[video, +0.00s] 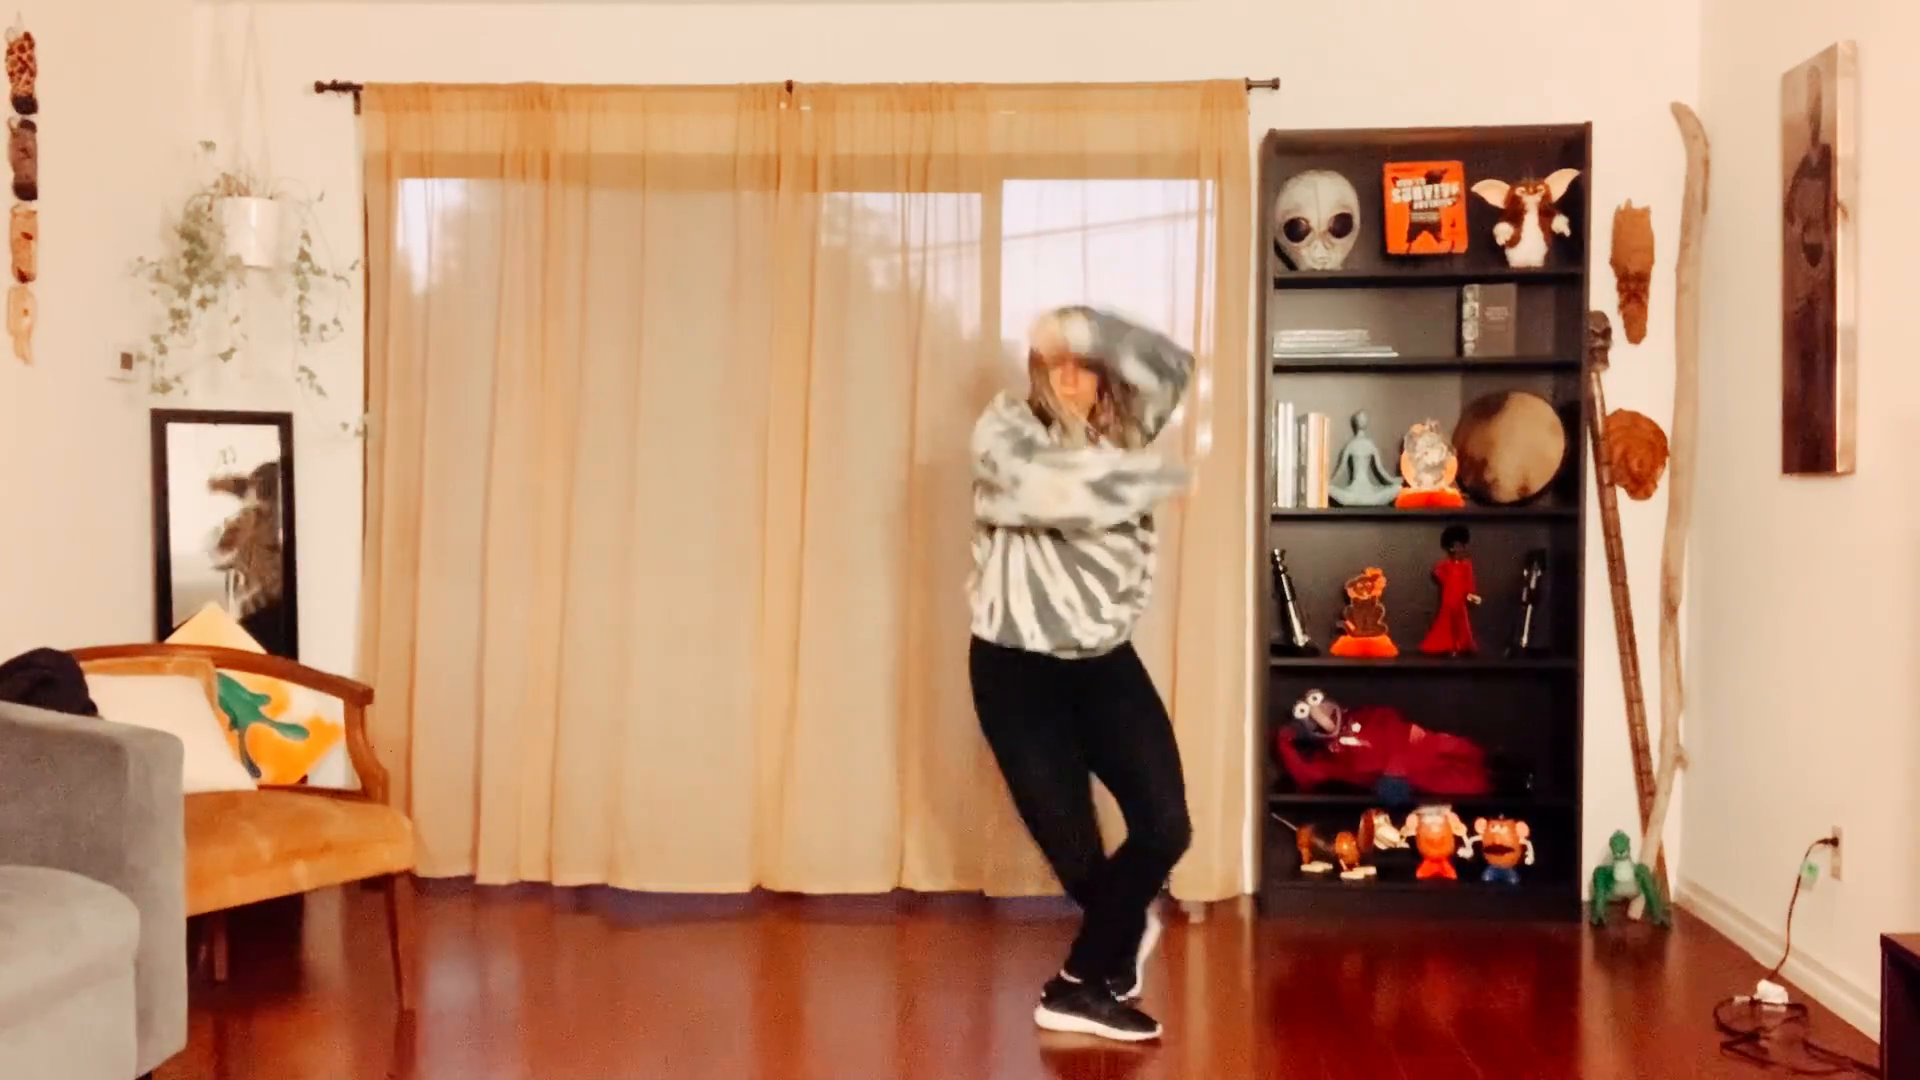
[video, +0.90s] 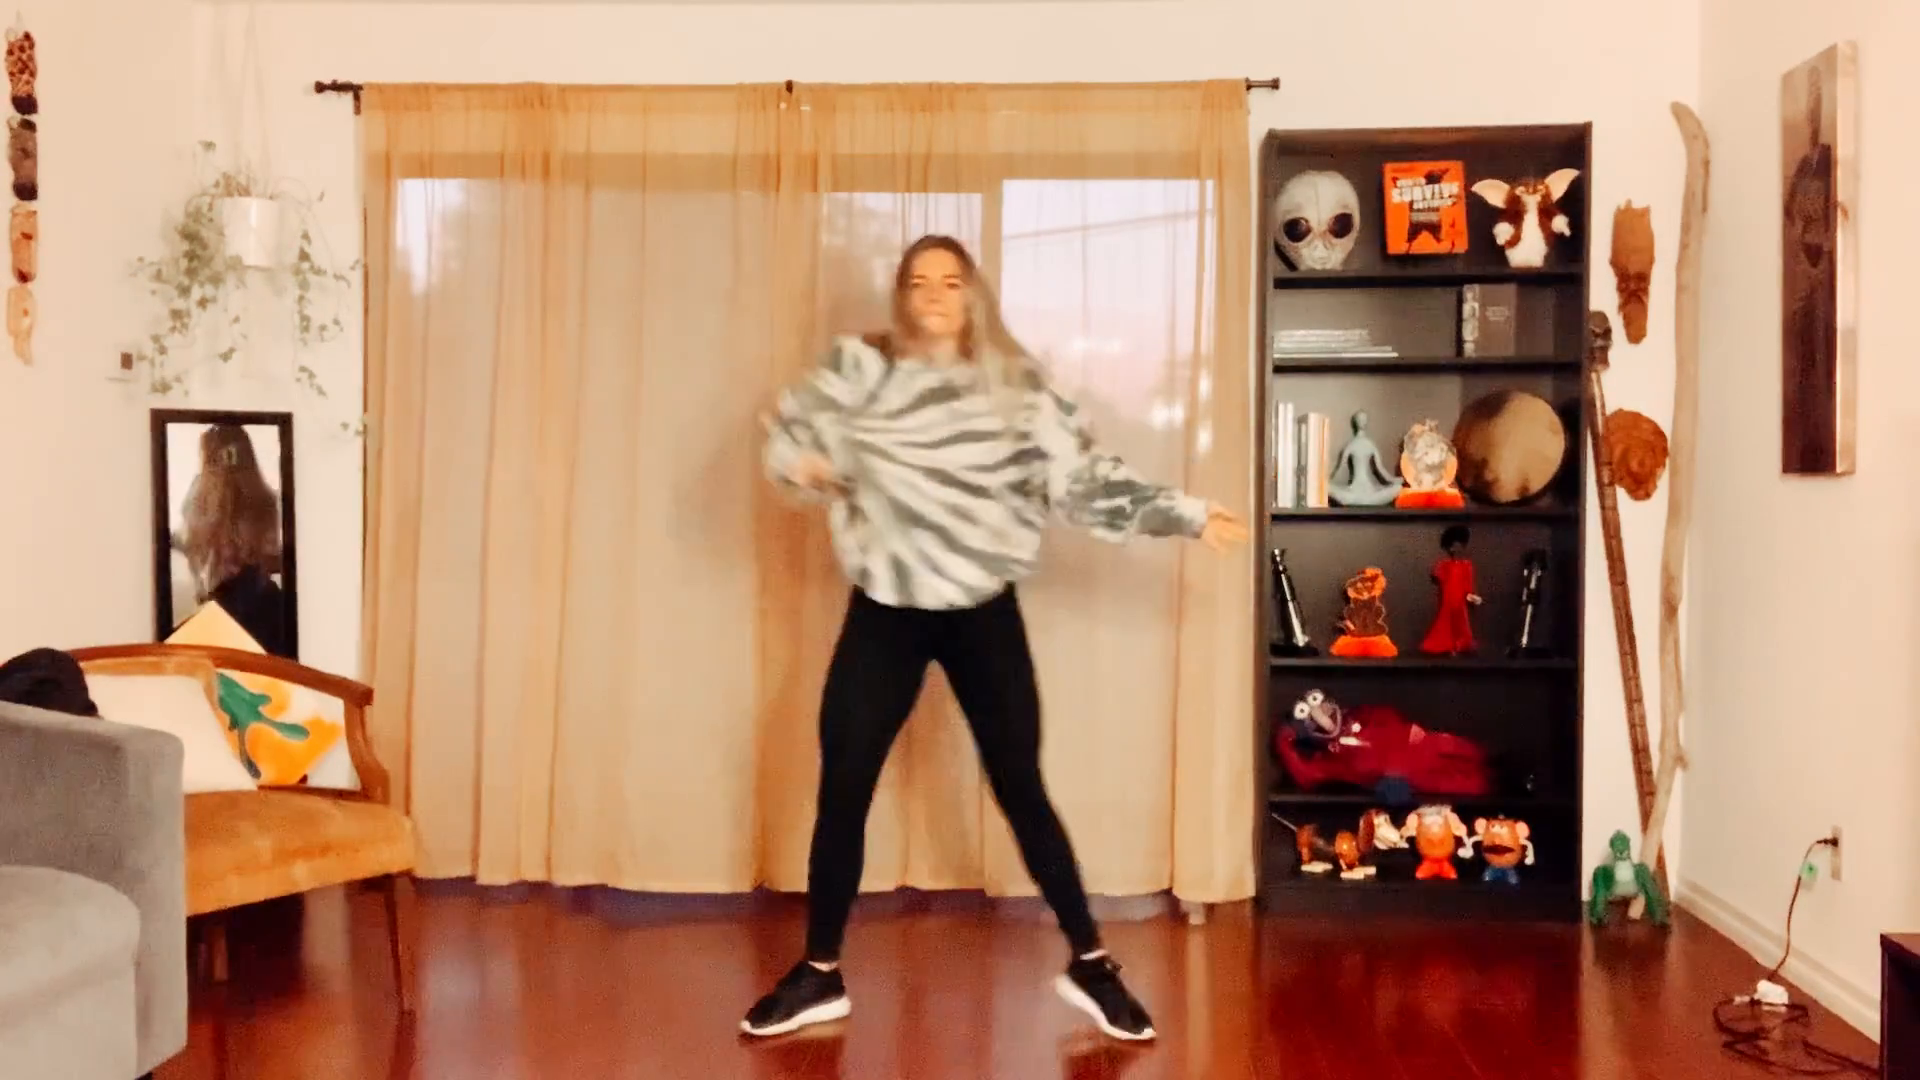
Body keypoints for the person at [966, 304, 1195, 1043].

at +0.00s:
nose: (1062, 381)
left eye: (1075, 367)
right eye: (1048, 367)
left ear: (1104, 373)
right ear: (1034, 373)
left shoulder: (1130, 435)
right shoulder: (1003, 430)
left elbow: (1176, 369)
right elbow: (1041, 491)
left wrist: (1097, 326)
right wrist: (1147, 479)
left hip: (1105, 661)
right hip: (1015, 666)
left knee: (1163, 826)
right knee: (1073, 858)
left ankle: (1080, 990)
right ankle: (1133, 921)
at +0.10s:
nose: (1060, 350)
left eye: (1075, 339)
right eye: (1047, 338)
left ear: (1100, 351)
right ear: (1025, 349)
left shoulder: (1130, 410)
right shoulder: (996, 406)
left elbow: (1207, 408)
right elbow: (1051, 465)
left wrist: (1090, 425)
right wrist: (1151, 443)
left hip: (1109, 638)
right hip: (1019, 641)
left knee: (1153, 818)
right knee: (1050, 846)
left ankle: (1074, 989)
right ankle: (1087, 955)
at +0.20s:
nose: (1049, 336)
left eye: (1064, 324)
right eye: (1035, 323)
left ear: (1088, 336)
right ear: (1013, 334)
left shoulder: (1126, 405)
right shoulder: (988, 397)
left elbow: (1235, 456)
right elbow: (1037, 463)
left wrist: (1196, 410)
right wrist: (1150, 456)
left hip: (1104, 635)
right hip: (1012, 634)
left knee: (1152, 818)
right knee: (986, 823)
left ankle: (1075, 983)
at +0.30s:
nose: (1042, 332)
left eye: (1058, 319)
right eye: (1027, 320)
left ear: (1081, 331)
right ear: (1008, 331)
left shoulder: (1122, 413)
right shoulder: (979, 403)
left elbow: (1209, 462)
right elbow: (997, 504)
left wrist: (1285, 460)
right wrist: (1108, 494)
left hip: (1099, 637)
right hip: (1003, 632)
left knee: (1153, 815)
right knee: (927, 806)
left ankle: (1076, 984)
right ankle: (862, 937)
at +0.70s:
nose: (1004, 309)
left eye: (1018, 297)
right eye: (989, 297)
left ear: (1040, 310)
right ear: (968, 311)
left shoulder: (1072, 400)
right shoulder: (946, 402)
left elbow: (1140, 454)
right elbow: (929, 530)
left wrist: (1234, 464)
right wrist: (1007, 517)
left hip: (1029, 622)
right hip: (931, 614)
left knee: (1076, 810)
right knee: (867, 792)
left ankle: (1115, 974)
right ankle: (823, 969)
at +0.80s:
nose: (978, 300)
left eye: (991, 287)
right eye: (963, 290)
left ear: (1015, 301)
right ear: (940, 308)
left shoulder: (1050, 400)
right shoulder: (904, 397)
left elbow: (1119, 473)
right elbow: (852, 499)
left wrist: (1211, 498)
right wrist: (894, 518)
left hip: (1011, 615)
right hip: (910, 613)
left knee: (1059, 800)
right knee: (853, 790)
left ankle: (1110, 970)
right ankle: (823, 970)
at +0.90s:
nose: (933, 295)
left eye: (950, 282)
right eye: (918, 283)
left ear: (974, 296)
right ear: (899, 298)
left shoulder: (1017, 388)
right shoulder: (860, 371)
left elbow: (1081, 483)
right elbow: (783, 436)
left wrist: (1185, 513)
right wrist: (798, 461)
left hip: (982, 609)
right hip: (885, 608)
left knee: (1020, 786)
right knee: (842, 783)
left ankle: (1090, 962)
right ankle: (820, 971)